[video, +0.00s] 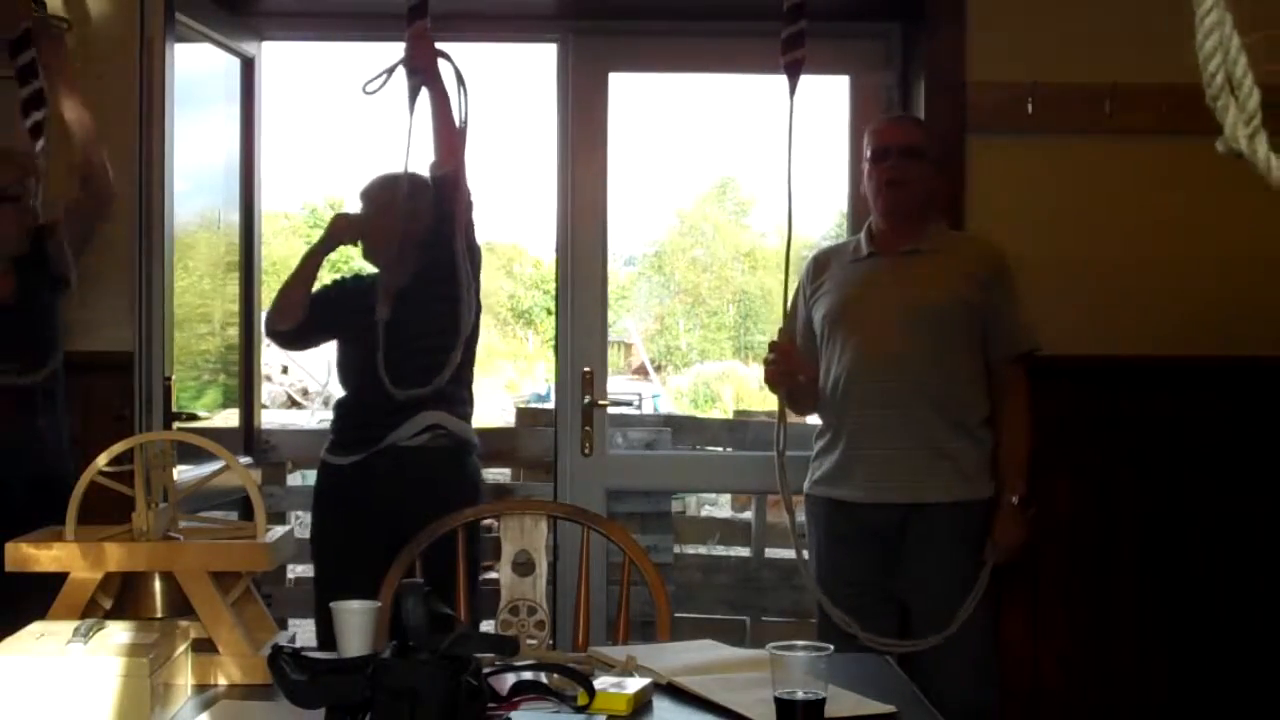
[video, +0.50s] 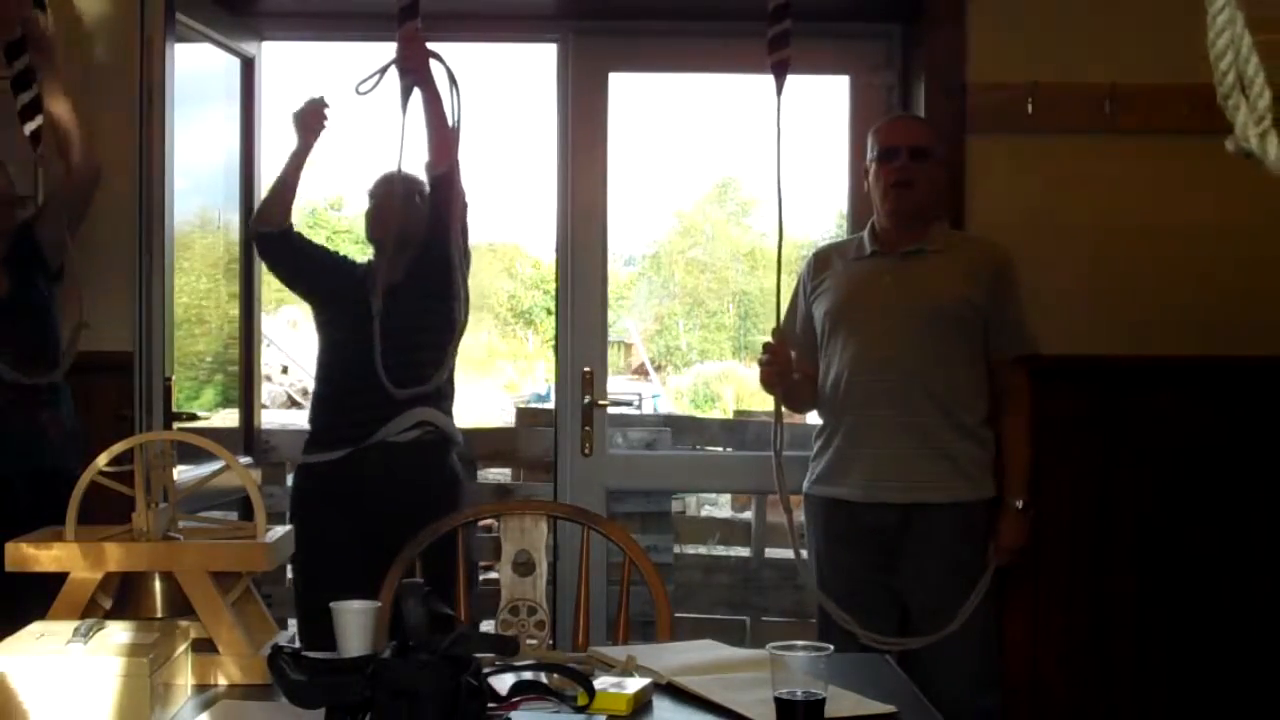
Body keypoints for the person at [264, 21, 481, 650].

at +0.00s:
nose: (362, 221)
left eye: (374, 209)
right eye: (364, 211)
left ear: (414, 220)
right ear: (371, 227)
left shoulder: (447, 282)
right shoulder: (354, 298)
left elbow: (450, 171)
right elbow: (284, 327)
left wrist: (432, 78)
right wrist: (322, 246)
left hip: (432, 471)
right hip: (351, 474)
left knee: (436, 632)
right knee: (348, 639)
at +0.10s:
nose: (359, 221)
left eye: (372, 210)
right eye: (361, 211)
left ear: (412, 221)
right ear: (367, 227)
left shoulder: (446, 281)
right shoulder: (348, 297)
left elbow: (449, 169)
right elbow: (280, 325)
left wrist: (431, 78)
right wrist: (318, 245)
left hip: (430, 474)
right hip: (347, 477)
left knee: (433, 635)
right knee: (343, 643)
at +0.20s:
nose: (358, 222)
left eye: (369, 211)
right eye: (359, 213)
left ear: (409, 221)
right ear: (367, 228)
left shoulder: (444, 280)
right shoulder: (345, 294)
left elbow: (447, 168)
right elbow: (270, 307)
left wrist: (428, 78)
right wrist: (311, 231)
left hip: (426, 472)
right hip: (346, 472)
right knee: (337, 634)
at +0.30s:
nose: (374, 215)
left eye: (390, 205)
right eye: (370, 207)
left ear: (423, 222)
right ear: (365, 224)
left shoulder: (444, 285)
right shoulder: (342, 289)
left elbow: (444, 173)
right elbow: (264, 285)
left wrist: (425, 78)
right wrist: (302, 204)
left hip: (422, 475)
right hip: (339, 476)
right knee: (331, 645)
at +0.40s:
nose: (384, 204)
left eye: (399, 196)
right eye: (377, 197)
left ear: (426, 217)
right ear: (366, 217)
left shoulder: (441, 282)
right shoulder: (341, 284)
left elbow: (443, 170)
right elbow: (263, 253)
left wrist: (422, 79)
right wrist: (299, 175)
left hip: (417, 475)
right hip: (334, 475)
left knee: (422, 631)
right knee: (327, 641)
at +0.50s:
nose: (389, 204)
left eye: (404, 197)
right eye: (379, 197)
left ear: (427, 218)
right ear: (367, 218)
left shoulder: (439, 280)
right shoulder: (339, 280)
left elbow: (444, 168)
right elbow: (268, 232)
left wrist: (423, 78)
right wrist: (302, 148)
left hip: (415, 473)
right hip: (332, 473)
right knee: (329, 646)